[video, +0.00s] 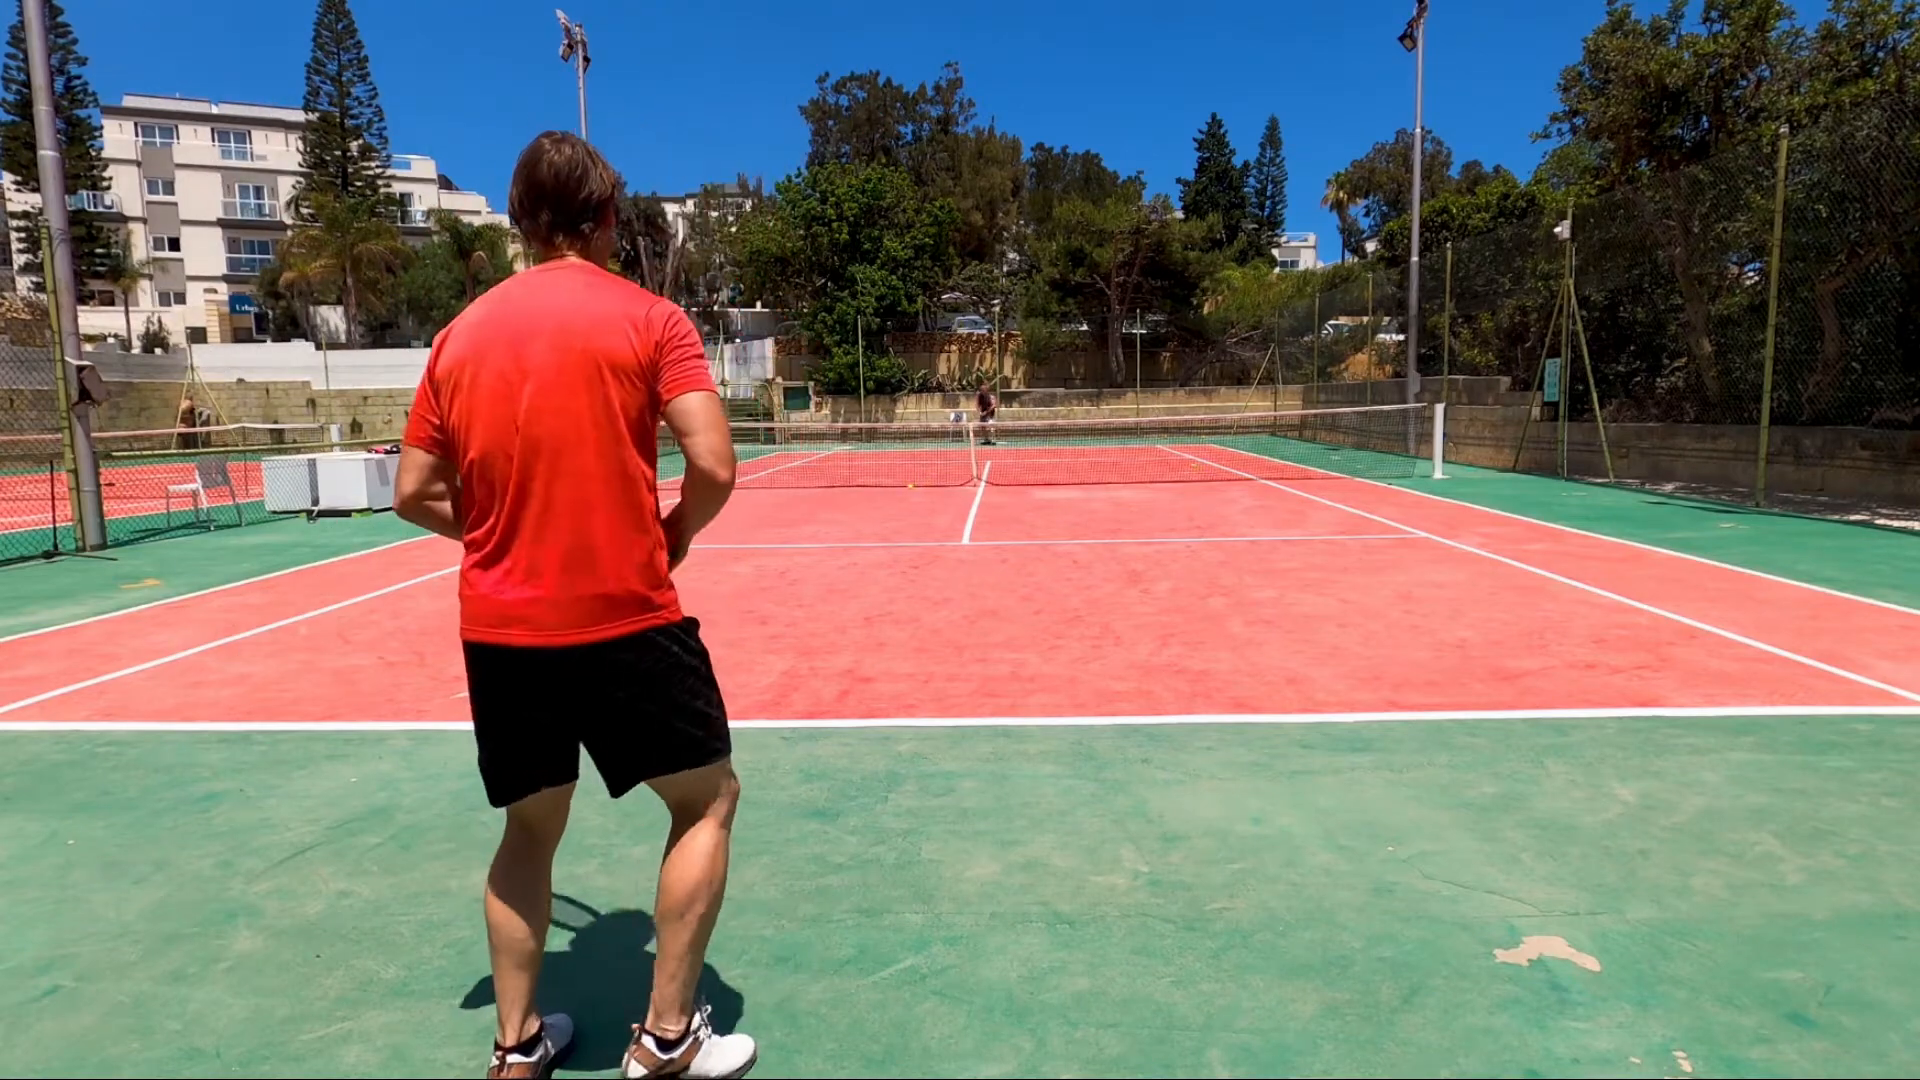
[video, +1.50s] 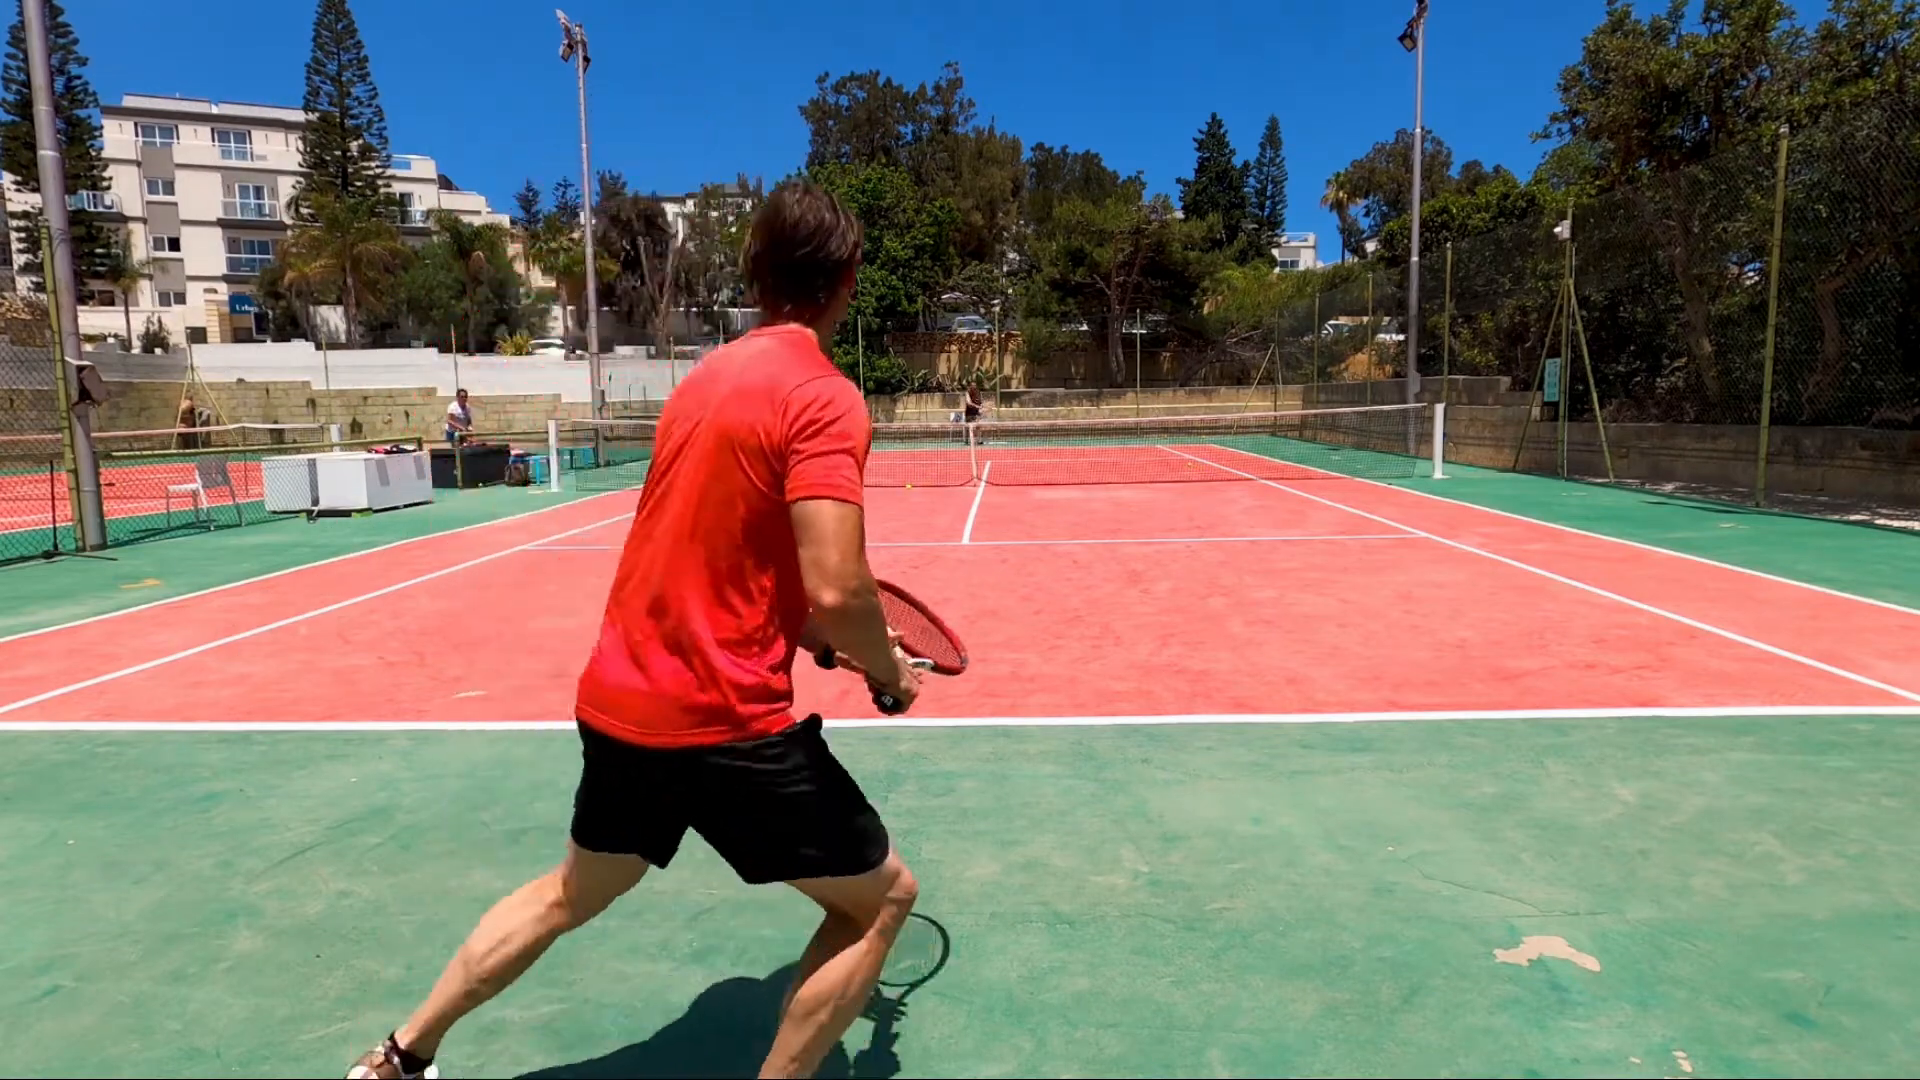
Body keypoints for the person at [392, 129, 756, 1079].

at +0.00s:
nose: (620, 231)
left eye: (614, 219)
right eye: (617, 218)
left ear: (521, 222)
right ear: (606, 219)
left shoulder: (461, 335)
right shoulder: (649, 317)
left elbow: (418, 494)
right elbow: (713, 466)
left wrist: (504, 522)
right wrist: (677, 531)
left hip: (505, 630)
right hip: (628, 621)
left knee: (529, 824)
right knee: (704, 800)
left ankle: (514, 1039)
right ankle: (666, 1032)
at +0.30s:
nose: (623, 217)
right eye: (623, 204)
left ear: (527, 211)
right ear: (616, 210)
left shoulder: (473, 329)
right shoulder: (660, 315)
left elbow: (434, 488)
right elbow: (722, 467)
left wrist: (527, 489)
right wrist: (672, 517)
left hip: (521, 630)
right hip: (645, 624)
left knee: (529, 826)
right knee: (720, 810)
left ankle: (513, 1039)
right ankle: (716, 1042)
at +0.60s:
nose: (598, 242)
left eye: (598, 229)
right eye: (685, 231)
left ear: (598, 240)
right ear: (694, 243)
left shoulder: (545, 353)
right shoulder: (750, 356)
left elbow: (486, 513)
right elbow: (804, 513)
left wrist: (574, 528)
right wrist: (724, 553)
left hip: (587, 649)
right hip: (717, 646)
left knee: (573, 824)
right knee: (765, 841)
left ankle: (585, 1047)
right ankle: (770, 1058)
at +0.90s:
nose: (691, 184)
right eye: (695, 170)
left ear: (601, 176)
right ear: (696, 177)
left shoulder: (537, 287)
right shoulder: (747, 291)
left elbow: (482, 452)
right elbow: (817, 449)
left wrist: (569, 479)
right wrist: (738, 508)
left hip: (572, 594)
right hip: (709, 593)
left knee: (545, 791)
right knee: (760, 820)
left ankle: (523, 1015)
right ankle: (782, 1046)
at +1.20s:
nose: (676, 287)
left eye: (669, 271)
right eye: (673, 273)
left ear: (568, 283)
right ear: (663, 285)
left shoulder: (498, 389)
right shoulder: (689, 397)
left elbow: (449, 554)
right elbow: (752, 566)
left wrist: (545, 578)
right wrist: (695, 615)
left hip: (498, 708)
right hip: (637, 710)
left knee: (457, 877)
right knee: (769, 865)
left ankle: (362, 1069)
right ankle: (764, 1072)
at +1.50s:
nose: (858, 286)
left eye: (853, 271)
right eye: (855, 272)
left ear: (758, 277)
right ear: (843, 282)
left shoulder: (705, 377)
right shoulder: (823, 398)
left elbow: (707, 541)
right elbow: (835, 590)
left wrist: (808, 622)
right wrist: (886, 669)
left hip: (618, 701)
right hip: (725, 720)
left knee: (582, 881)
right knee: (876, 900)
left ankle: (402, 1053)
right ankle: (782, 1074)